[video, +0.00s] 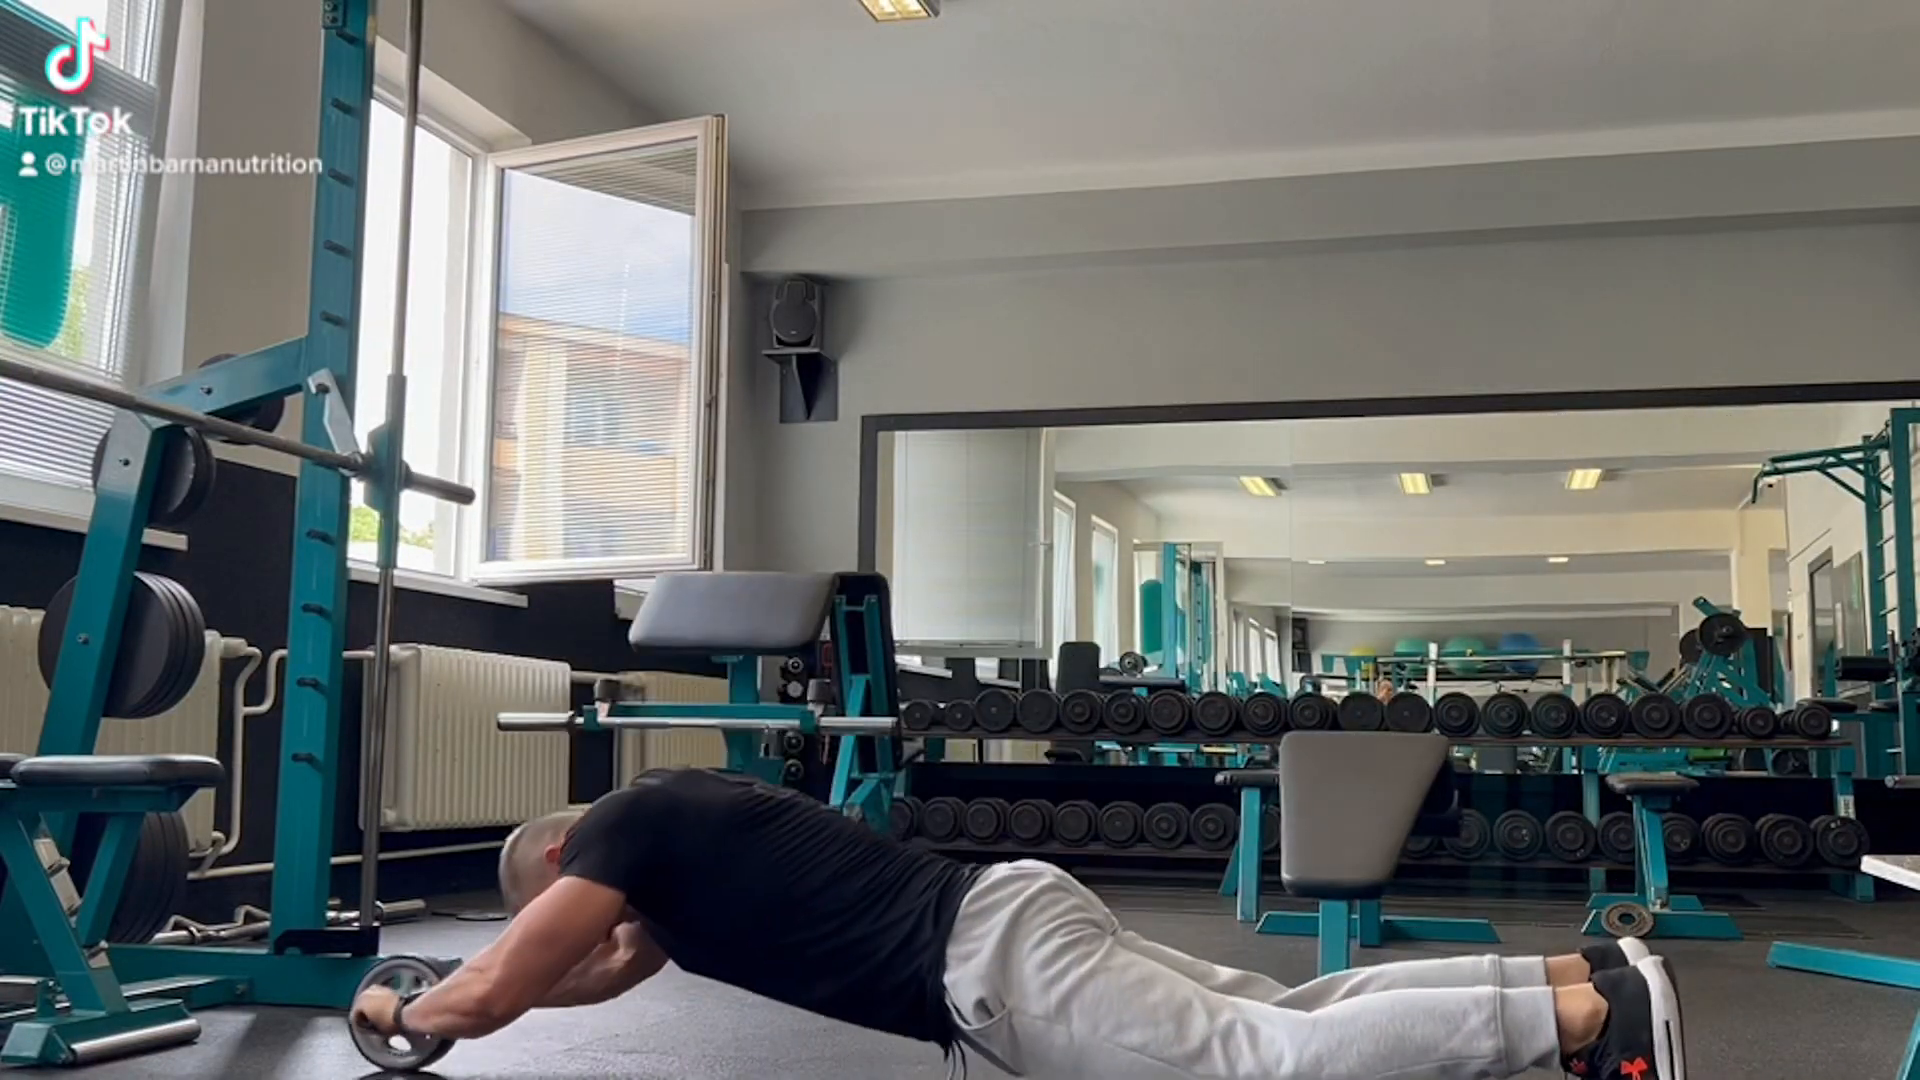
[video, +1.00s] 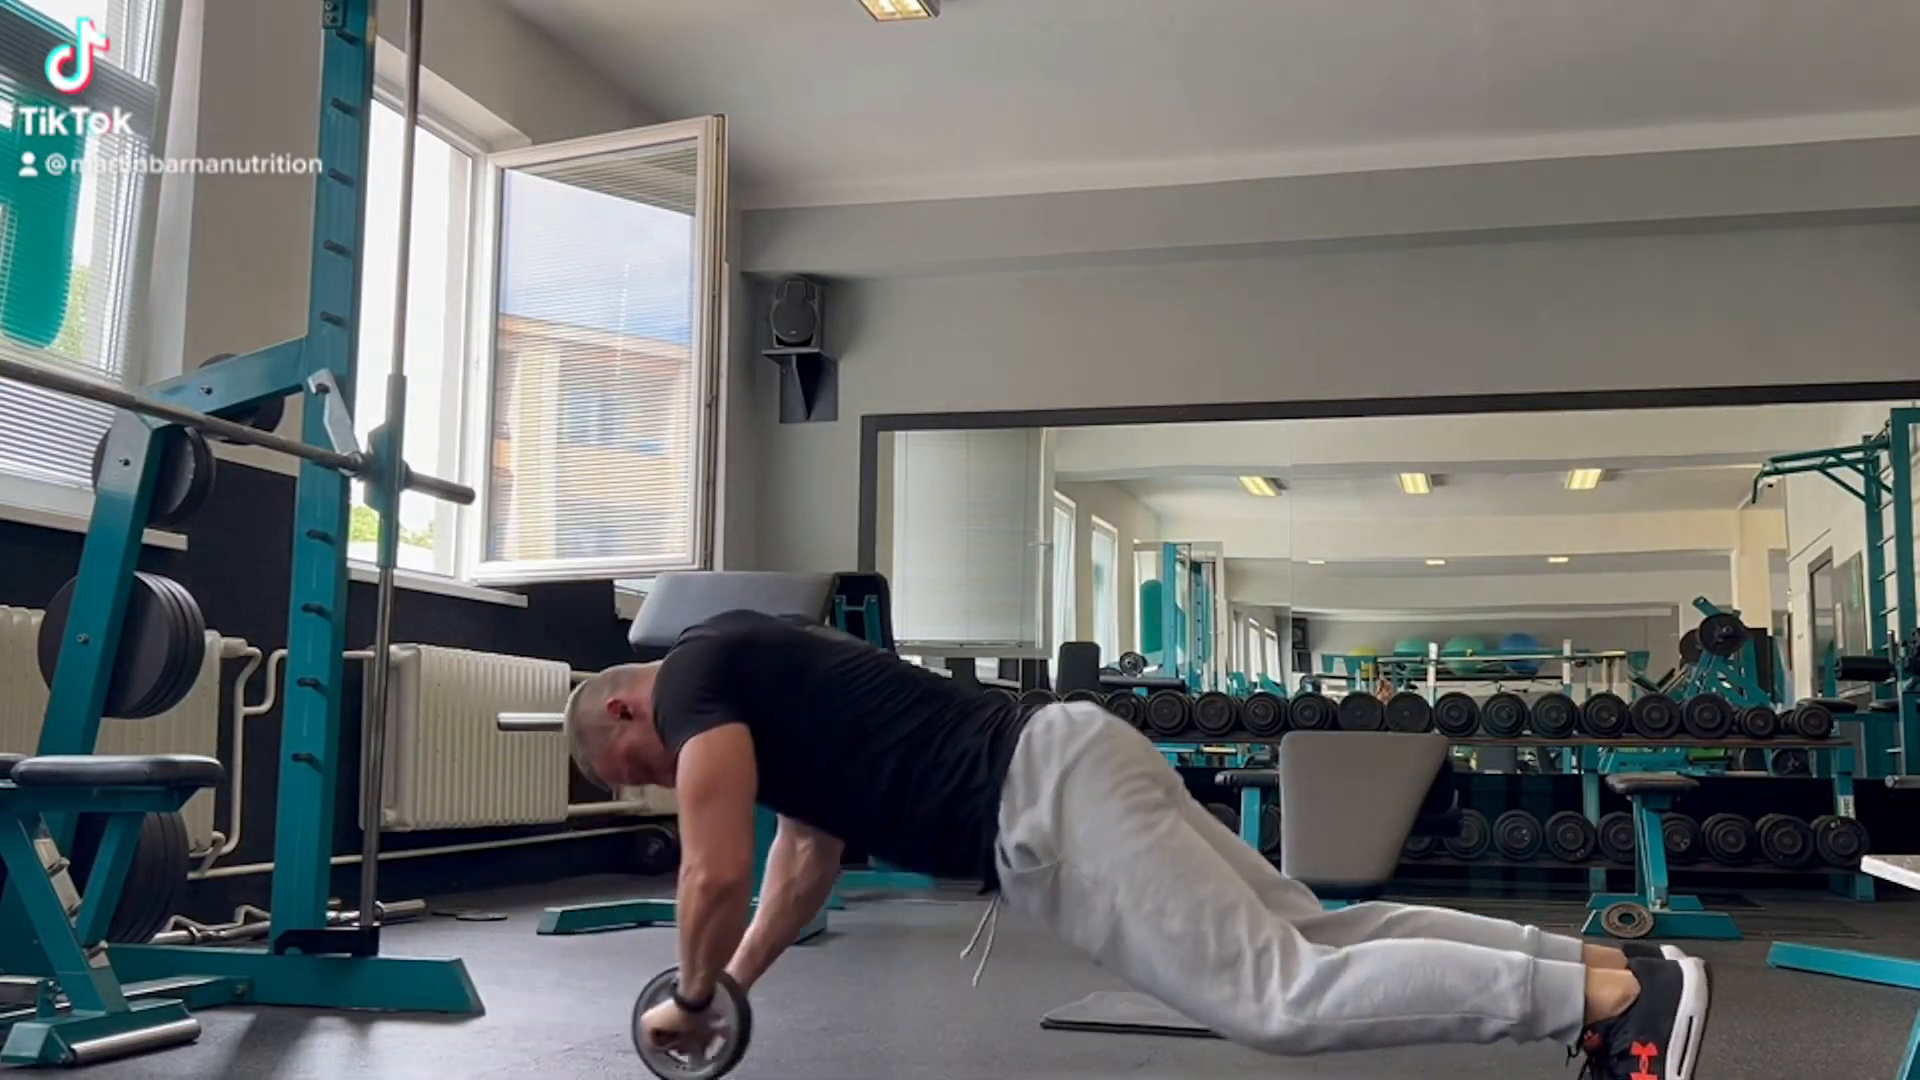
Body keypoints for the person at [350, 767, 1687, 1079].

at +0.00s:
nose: (553, 940)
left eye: (542, 918)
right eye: (544, 929)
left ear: (565, 863)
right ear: (590, 861)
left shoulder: (627, 835)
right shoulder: (683, 862)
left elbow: (486, 996)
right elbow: (615, 976)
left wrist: (412, 1017)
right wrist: (485, 1006)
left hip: (994, 947)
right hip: (1003, 938)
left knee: (1247, 1050)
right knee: (1264, 1011)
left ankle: (1564, 1006)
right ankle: (1559, 990)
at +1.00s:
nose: (649, 790)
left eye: (626, 774)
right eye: (635, 785)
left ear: (617, 706)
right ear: (641, 706)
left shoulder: (698, 670)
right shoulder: (763, 679)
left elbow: (720, 878)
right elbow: (808, 856)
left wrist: (689, 990)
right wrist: (737, 975)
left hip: (1053, 790)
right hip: (1065, 788)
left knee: (1285, 991)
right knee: (1301, 942)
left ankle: (1605, 993)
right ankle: (1598, 974)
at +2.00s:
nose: (1154, 765)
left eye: (1133, 746)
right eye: (1133, 757)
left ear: (1155, 684)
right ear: (1164, 668)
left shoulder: (1264, 640)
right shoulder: (1272, 632)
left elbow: (1408, 851)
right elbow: (1418, 822)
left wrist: (1477, 1023)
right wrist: (1475, 998)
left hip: (1579, 490)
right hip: (1581, 484)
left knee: (1577, 794)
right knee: (1577, 789)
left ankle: (1772, 1056)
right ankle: (1715, 1024)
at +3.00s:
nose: (559, 878)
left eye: (548, 857)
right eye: (549, 868)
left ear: (565, 795)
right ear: (597, 787)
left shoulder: (633, 800)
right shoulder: (701, 795)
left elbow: (536, 983)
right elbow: (637, 964)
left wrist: (452, 1016)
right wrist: (512, 997)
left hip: (987, 914)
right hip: (1013, 870)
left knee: (1250, 1044)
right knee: (1269, 988)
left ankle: (1567, 1003)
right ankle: (1566, 991)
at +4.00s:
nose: (672, 725)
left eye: (655, 704)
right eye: (660, 715)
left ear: (666, 648)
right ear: (690, 643)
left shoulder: (765, 630)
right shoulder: (823, 641)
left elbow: (786, 844)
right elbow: (852, 847)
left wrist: (772, 995)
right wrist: (799, 988)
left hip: (1104, 703)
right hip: (1120, 703)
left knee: (1284, 960)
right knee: (1310, 917)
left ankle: (1604, 994)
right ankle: (1598, 971)